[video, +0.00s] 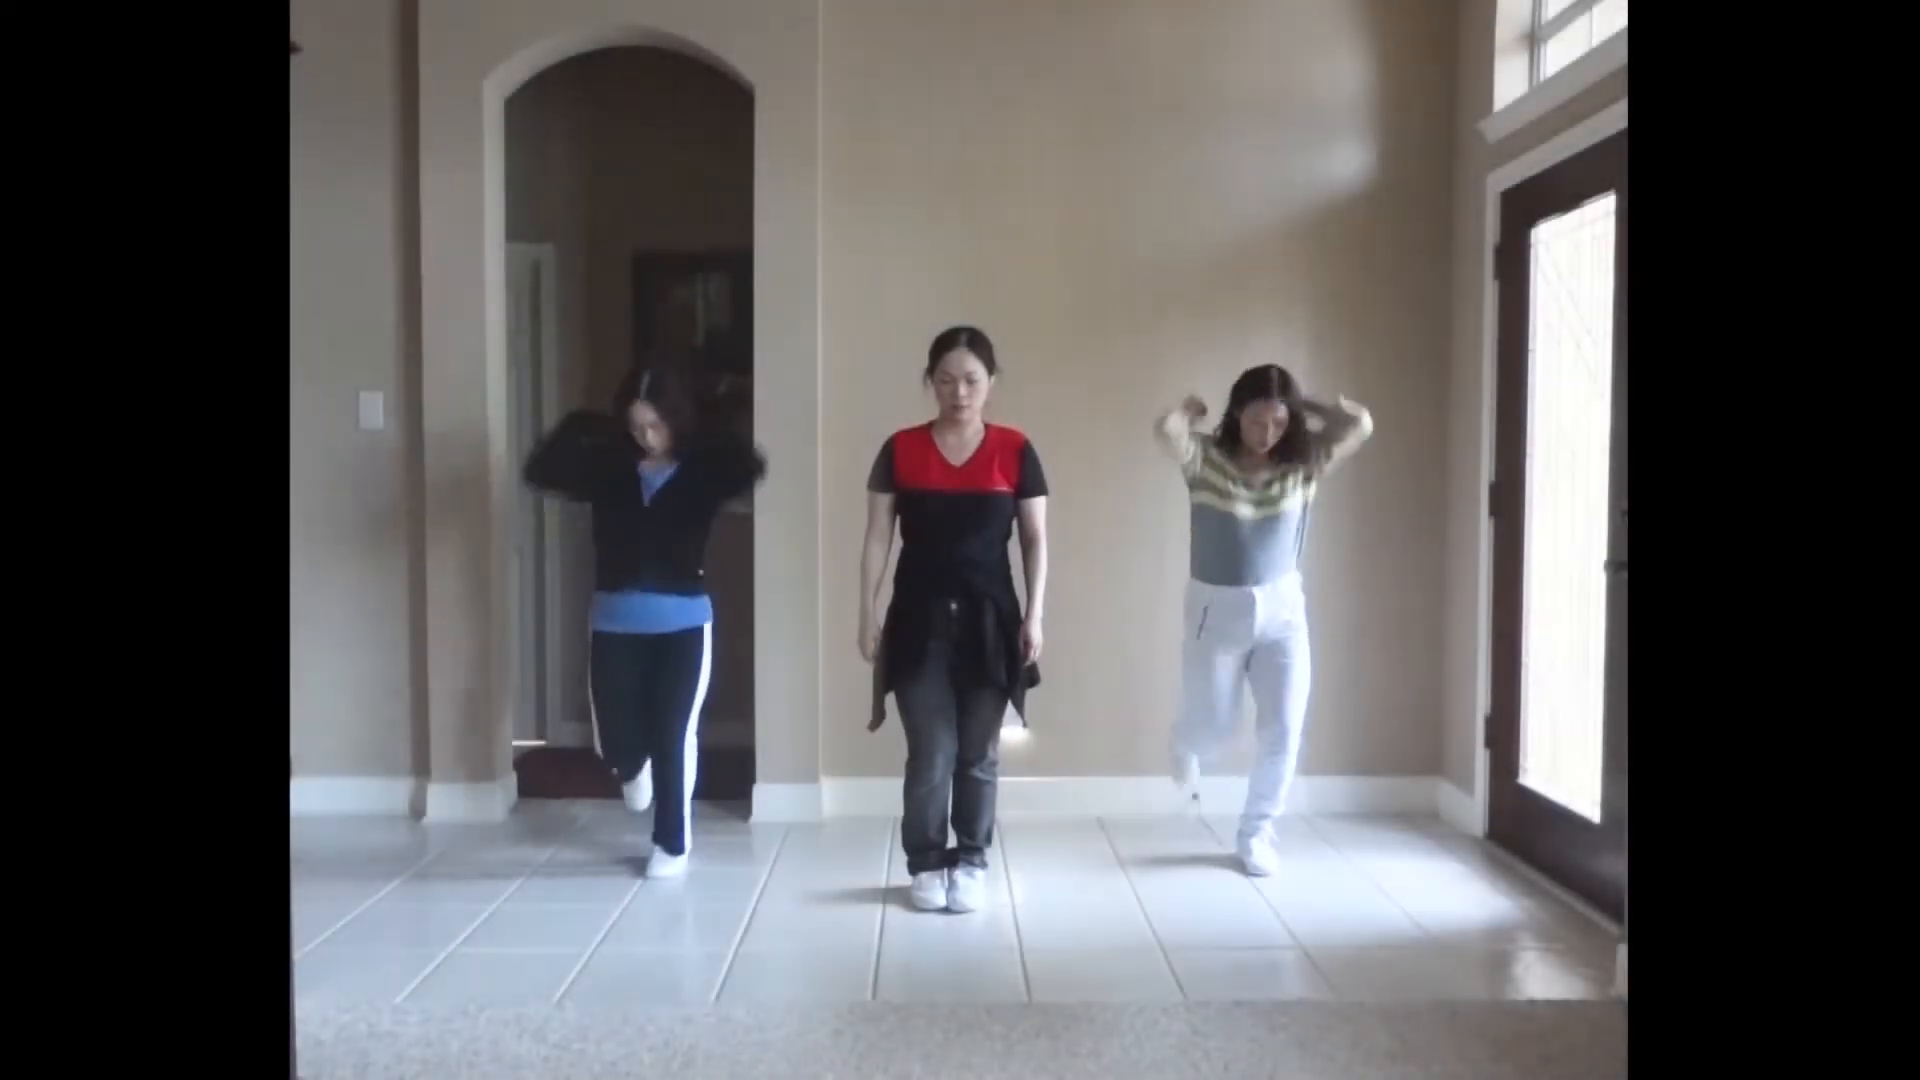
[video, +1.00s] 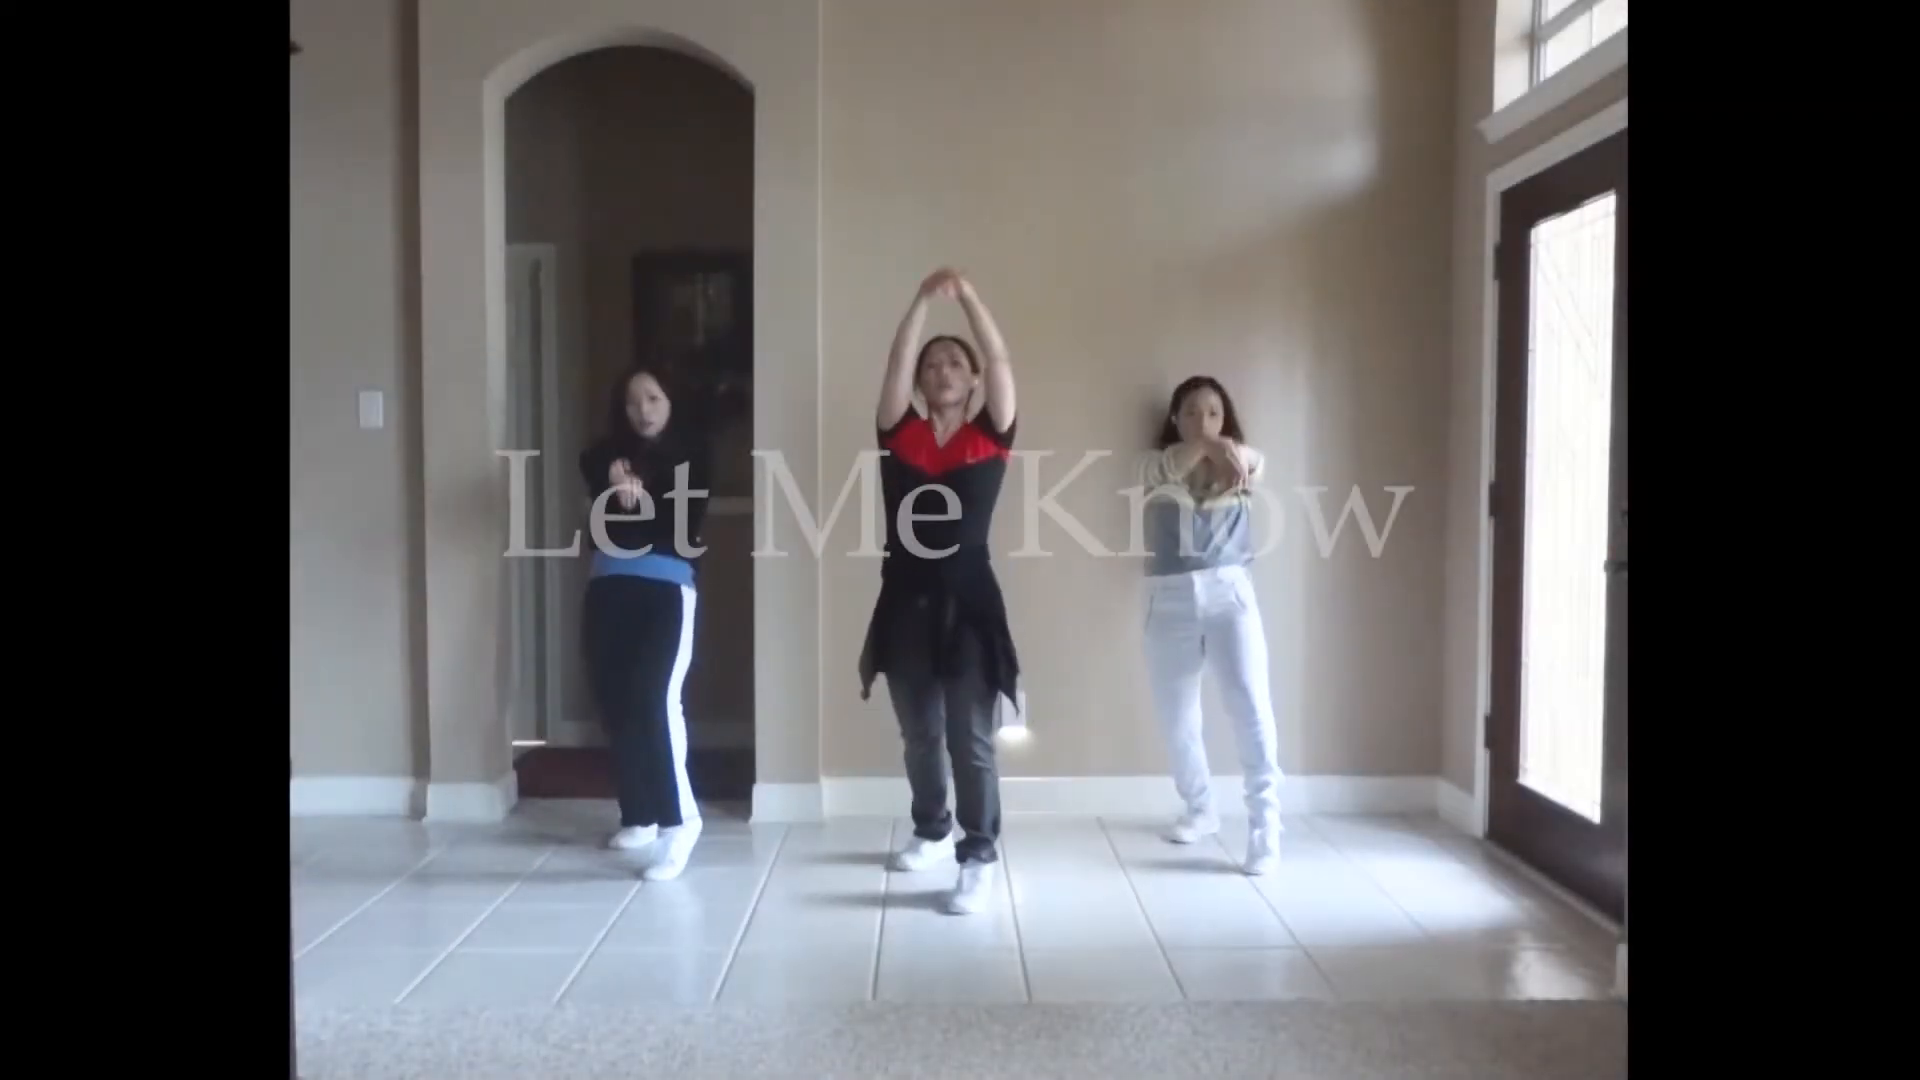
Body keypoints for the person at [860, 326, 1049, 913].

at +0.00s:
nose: (960, 389)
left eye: (971, 379)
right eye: (949, 378)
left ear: (989, 383)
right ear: (931, 382)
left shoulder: (1014, 449)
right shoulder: (902, 448)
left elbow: (1035, 538)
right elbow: (879, 534)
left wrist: (1034, 616)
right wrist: (868, 614)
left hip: (989, 618)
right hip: (918, 617)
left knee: (977, 752)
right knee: (932, 749)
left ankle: (970, 863)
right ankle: (926, 866)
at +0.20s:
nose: (961, 390)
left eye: (972, 380)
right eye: (949, 379)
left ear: (990, 384)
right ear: (933, 383)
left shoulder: (1014, 450)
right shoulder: (904, 449)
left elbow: (1046, 533)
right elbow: (867, 530)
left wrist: (1037, 612)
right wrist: (863, 606)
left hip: (991, 619)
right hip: (920, 617)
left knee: (978, 754)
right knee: (932, 750)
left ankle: (970, 863)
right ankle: (927, 868)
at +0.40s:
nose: (961, 403)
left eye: (973, 392)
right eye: (949, 392)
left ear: (991, 397)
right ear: (933, 397)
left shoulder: (1018, 459)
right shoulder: (905, 458)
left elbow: (1093, 505)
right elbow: (839, 496)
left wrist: (1063, 493)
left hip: (991, 626)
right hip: (922, 627)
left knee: (988, 752)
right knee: (933, 752)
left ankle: (971, 865)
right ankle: (924, 863)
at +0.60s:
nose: (960, 393)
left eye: (971, 382)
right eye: (948, 384)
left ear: (990, 391)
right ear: (934, 394)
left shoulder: (1017, 453)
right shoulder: (906, 451)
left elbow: (1083, 444)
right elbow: (835, 455)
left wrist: (1045, 416)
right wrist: (874, 417)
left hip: (987, 615)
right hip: (920, 614)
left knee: (984, 753)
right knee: (916, 758)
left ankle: (972, 863)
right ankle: (928, 816)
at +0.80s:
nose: (952, 361)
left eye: (965, 353)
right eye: (940, 354)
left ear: (983, 374)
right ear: (925, 374)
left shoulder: (1000, 437)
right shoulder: (903, 431)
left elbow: (1033, 355)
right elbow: (878, 344)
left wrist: (985, 312)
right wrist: (934, 315)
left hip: (977, 602)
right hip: (913, 601)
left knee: (974, 741)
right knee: (922, 733)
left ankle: (973, 859)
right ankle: (928, 830)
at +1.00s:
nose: (945, 373)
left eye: (955, 365)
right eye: (934, 366)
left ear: (975, 380)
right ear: (918, 381)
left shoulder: (990, 442)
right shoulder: (898, 436)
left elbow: (997, 363)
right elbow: (899, 362)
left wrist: (968, 295)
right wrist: (924, 297)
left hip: (969, 602)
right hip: (906, 601)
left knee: (969, 738)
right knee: (919, 733)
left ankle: (978, 857)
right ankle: (932, 833)